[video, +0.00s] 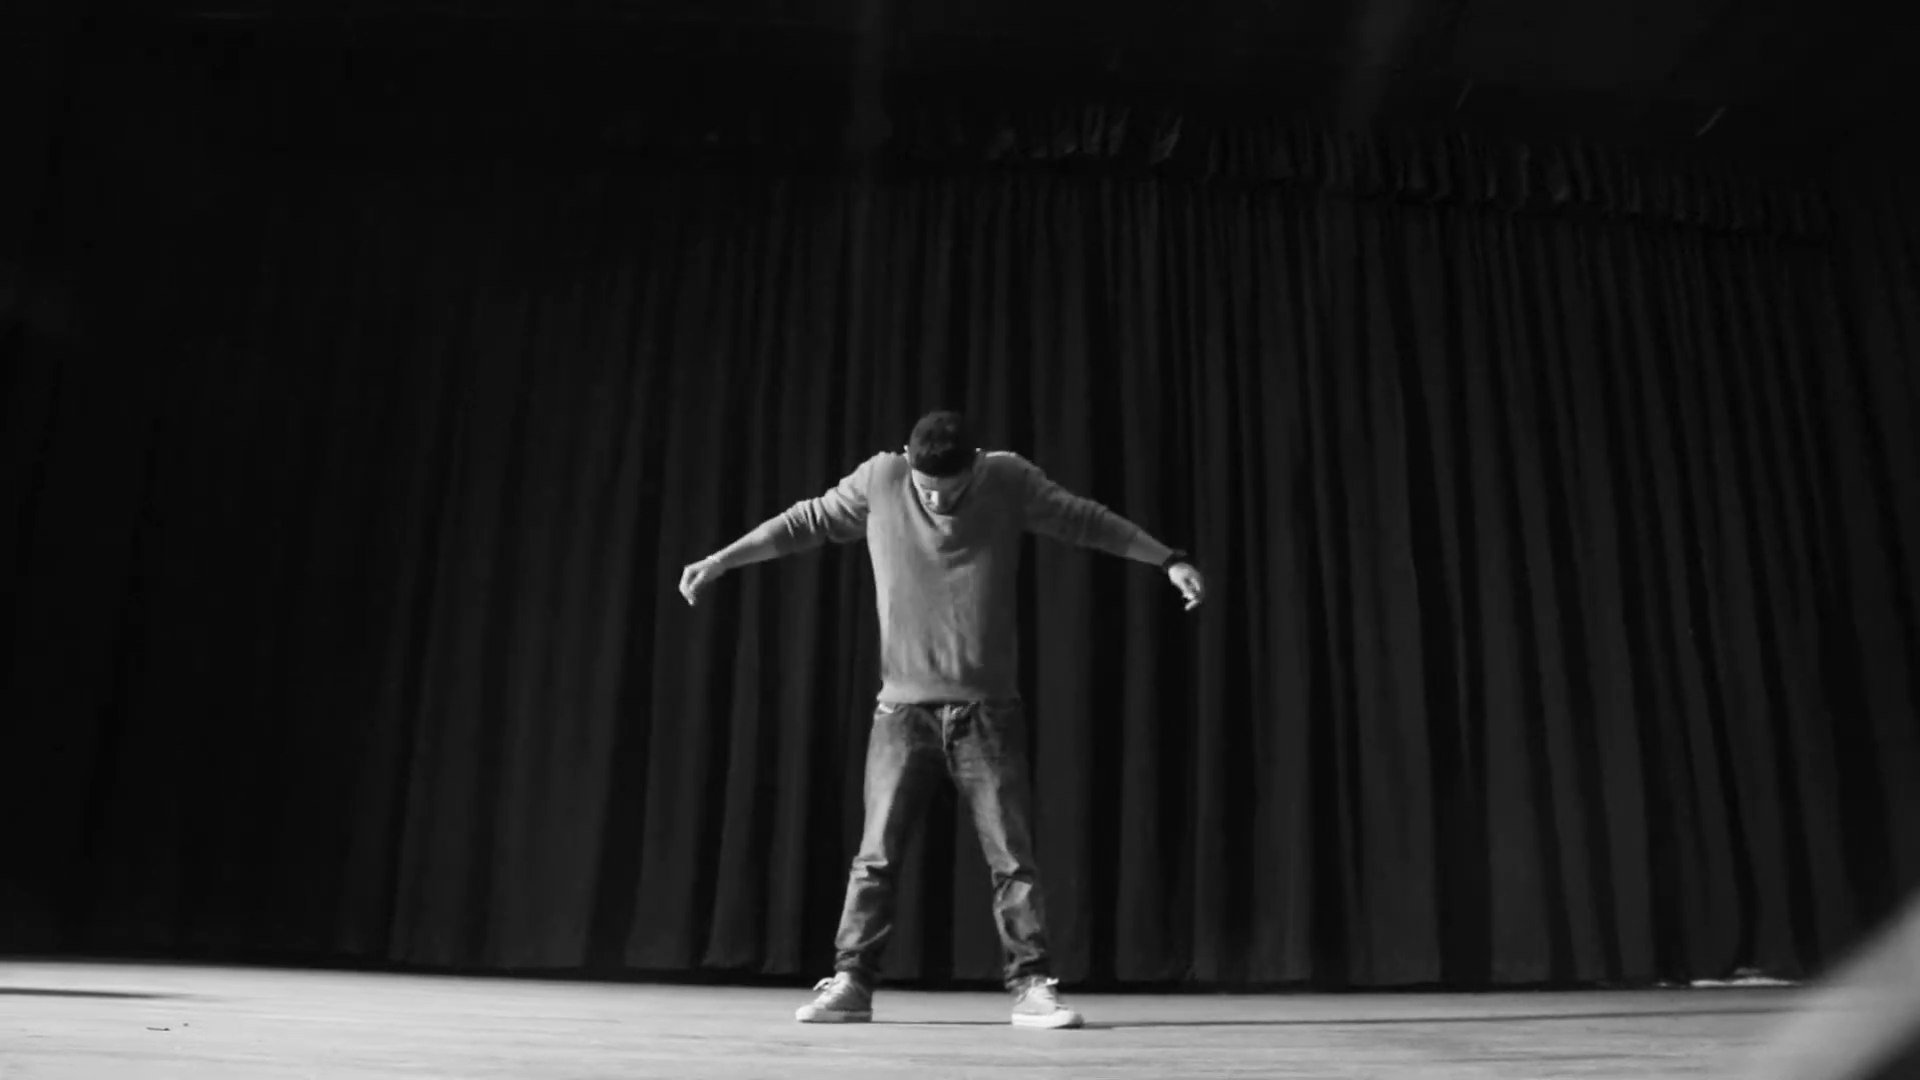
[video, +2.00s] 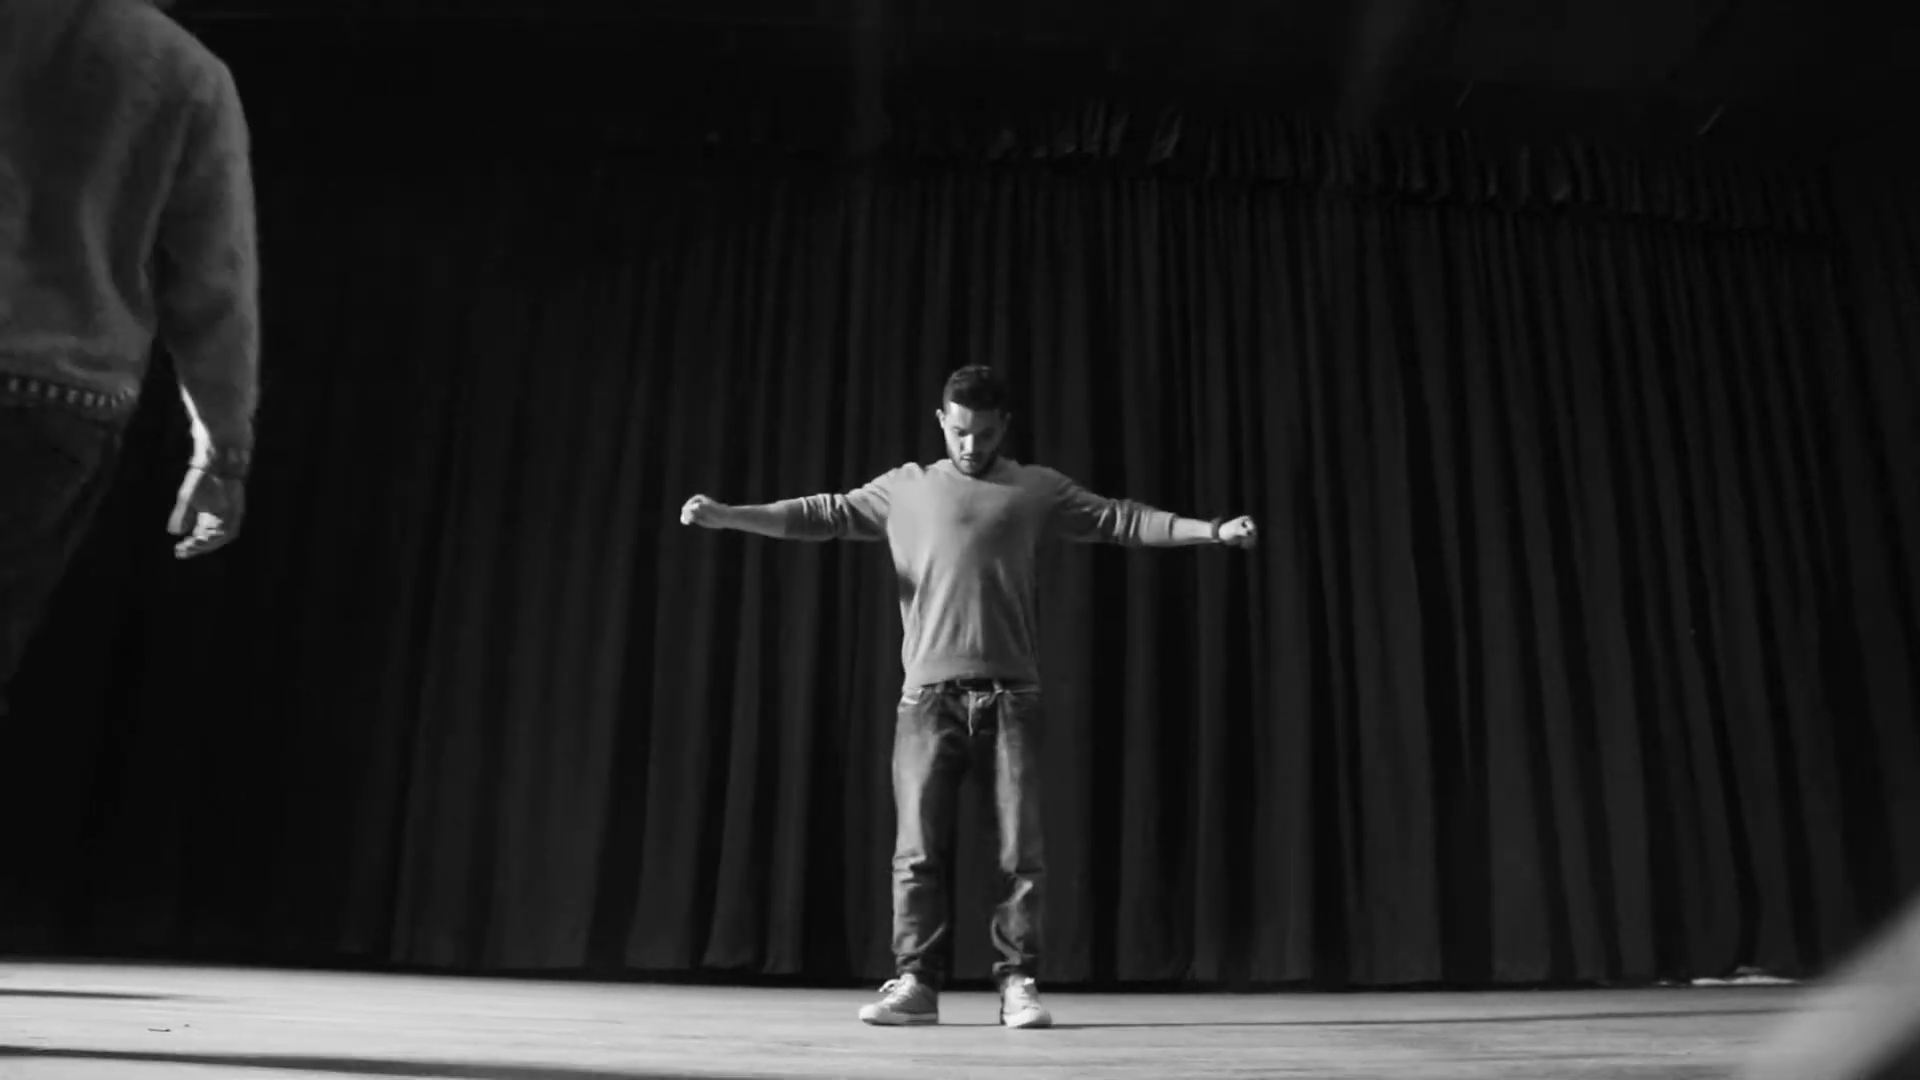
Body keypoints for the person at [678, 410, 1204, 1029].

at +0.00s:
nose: (940, 502)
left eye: (951, 492)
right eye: (928, 492)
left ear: (972, 468)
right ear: (909, 469)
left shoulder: (1008, 480)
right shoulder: (878, 483)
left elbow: (1084, 519)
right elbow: (804, 522)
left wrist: (1168, 558)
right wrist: (719, 560)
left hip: (983, 700)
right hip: (903, 701)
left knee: (1010, 854)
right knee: (877, 851)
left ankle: (1033, 990)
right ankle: (849, 985)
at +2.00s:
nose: (971, 443)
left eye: (984, 431)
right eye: (961, 430)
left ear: (1004, 426)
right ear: (942, 421)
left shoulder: (1039, 489)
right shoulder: (904, 489)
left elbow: (1122, 520)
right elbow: (819, 513)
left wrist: (1211, 531)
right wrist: (728, 515)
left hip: (1009, 691)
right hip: (927, 693)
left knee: (1019, 848)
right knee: (920, 846)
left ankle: (1019, 988)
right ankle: (914, 986)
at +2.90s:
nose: (969, 444)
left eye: (982, 430)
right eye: (958, 430)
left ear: (1005, 426)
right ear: (944, 425)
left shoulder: (1042, 472)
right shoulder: (916, 498)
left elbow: (1102, 523)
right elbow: (826, 526)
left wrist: (1157, 558)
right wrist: (733, 537)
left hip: (1007, 677)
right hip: (932, 668)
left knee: (993, 833)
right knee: (914, 795)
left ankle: (973, 974)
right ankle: (830, 918)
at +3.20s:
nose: (971, 433)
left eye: (984, 420)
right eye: (960, 419)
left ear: (1005, 418)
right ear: (943, 415)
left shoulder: (1043, 479)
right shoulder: (915, 468)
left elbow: (1128, 501)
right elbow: (844, 507)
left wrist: (1199, 539)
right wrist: (772, 551)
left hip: (1009, 679)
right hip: (929, 676)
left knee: (996, 835)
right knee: (921, 828)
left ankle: (979, 983)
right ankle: (913, 973)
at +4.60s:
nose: (965, 411)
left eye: (978, 399)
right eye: (961, 399)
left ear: (1017, 402)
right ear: (961, 405)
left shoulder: (1065, 471)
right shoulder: (931, 464)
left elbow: (1137, 522)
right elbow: (841, 473)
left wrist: (1215, 566)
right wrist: (742, 460)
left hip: (967, 675)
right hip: (887, 654)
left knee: (966, 832)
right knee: (819, 768)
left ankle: (964, 982)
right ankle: (819, 912)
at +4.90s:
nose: (979, 406)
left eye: (992, 394)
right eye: (976, 394)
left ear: (1029, 398)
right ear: (974, 398)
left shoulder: (1077, 474)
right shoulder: (941, 460)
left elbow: (1147, 531)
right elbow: (848, 465)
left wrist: (1219, 582)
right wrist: (757, 454)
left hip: (979, 672)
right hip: (897, 649)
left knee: (979, 824)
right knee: (824, 752)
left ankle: (968, 982)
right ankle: (800, 890)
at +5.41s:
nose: (931, 408)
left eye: (943, 395)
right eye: (918, 396)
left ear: (964, 399)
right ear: (899, 403)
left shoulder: (1005, 459)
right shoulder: (868, 479)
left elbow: (1075, 508)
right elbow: (786, 488)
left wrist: (1143, 549)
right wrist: (699, 484)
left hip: (1016, 663)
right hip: (939, 662)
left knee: (1013, 823)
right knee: (980, 777)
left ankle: (981, 973)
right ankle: (959, 957)